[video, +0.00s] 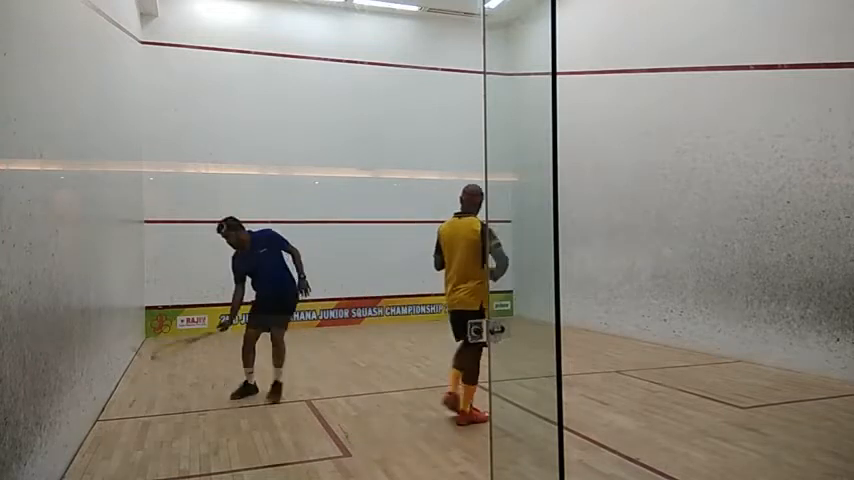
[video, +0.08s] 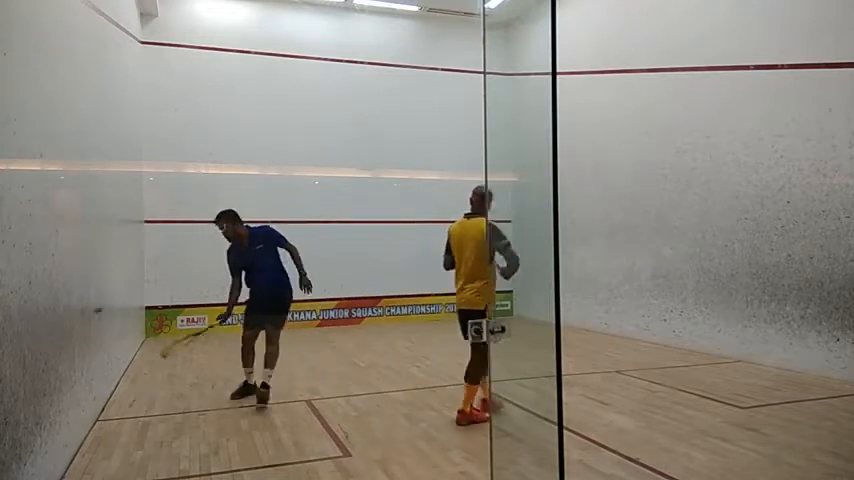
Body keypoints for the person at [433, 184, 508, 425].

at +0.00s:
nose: (478, 201)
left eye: (475, 196)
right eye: (478, 197)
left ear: (460, 199)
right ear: (479, 201)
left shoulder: (444, 228)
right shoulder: (481, 228)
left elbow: (438, 263)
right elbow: (502, 261)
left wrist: (458, 252)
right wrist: (492, 275)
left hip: (453, 300)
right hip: (475, 300)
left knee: (465, 343)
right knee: (474, 348)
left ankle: (453, 390)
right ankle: (466, 409)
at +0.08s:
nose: (490, 207)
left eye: (488, 202)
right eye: (490, 203)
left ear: (470, 202)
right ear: (488, 203)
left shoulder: (454, 228)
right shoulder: (489, 228)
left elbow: (448, 263)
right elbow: (513, 260)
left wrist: (469, 254)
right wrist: (505, 272)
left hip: (462, 302)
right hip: (481, 302)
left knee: (481, 351)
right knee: (478, 354)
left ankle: (485, 397)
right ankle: (466, 410)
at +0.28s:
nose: (508, 211)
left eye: (503, 206)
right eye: (508, 208)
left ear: (488, 207)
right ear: (507, 209)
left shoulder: (477, 231)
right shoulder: (510, 231)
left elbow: (466, 266)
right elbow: (539, 259)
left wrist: (487, 271)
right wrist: (525, 262)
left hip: (486, 303)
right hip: (504, 303)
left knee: (504, 352)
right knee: (495, 353)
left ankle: (520, 398)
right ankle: (468, 405)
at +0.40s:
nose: (514, 210)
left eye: (506, 204)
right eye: (516, 206)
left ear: (498, 206)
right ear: (517, 207)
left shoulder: (488, 232)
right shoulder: (524, 230)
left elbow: (477, 265)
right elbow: (550, 255)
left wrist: (497, 271)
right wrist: (531, 257)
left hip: (495, 300)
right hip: (517, 301)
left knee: (512, 349)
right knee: (520, 349)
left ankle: (520, 397)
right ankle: (488, 390)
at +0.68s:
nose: (540, 211)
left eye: (535, 207)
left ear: (534, 207)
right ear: (555, 207)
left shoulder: (525, 231)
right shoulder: (568, 230)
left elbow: (513, 260)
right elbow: (557, 254)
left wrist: (535, 263)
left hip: (533, 300)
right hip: (562, 299)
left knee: (525, 347)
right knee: (576, 340)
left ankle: (521, 397)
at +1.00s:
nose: (573, 206)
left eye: (575, 202)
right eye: (574, 202)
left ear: (579, 204)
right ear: (595, 202)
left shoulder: (583, 226)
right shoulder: (599, 222)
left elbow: (566, 252)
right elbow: (557, 227)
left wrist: (574, 226)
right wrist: (570, 223)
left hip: (585, 297)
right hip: (604, 295)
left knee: (566, 338)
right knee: (602, 340)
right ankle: (611, 394)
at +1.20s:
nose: (598, 206)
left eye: (600, 202)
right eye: (598, 203)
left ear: (607, 203)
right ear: (616, 202)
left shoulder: (616, 224)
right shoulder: (609, 222)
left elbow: (599, 255)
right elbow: (583, 234)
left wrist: (586, 261)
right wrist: (567, 226)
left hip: (615, 293)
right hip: (609, 292)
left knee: (613, 342)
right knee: (612, 342)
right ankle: (612, 395)